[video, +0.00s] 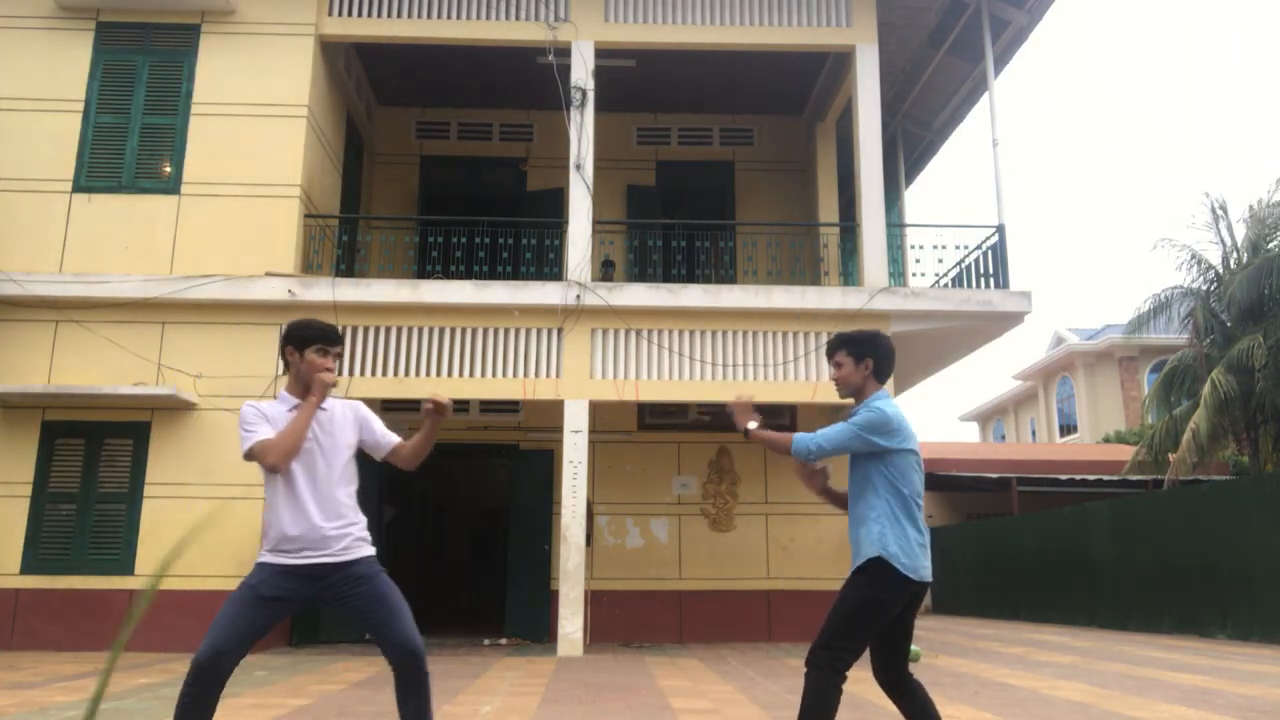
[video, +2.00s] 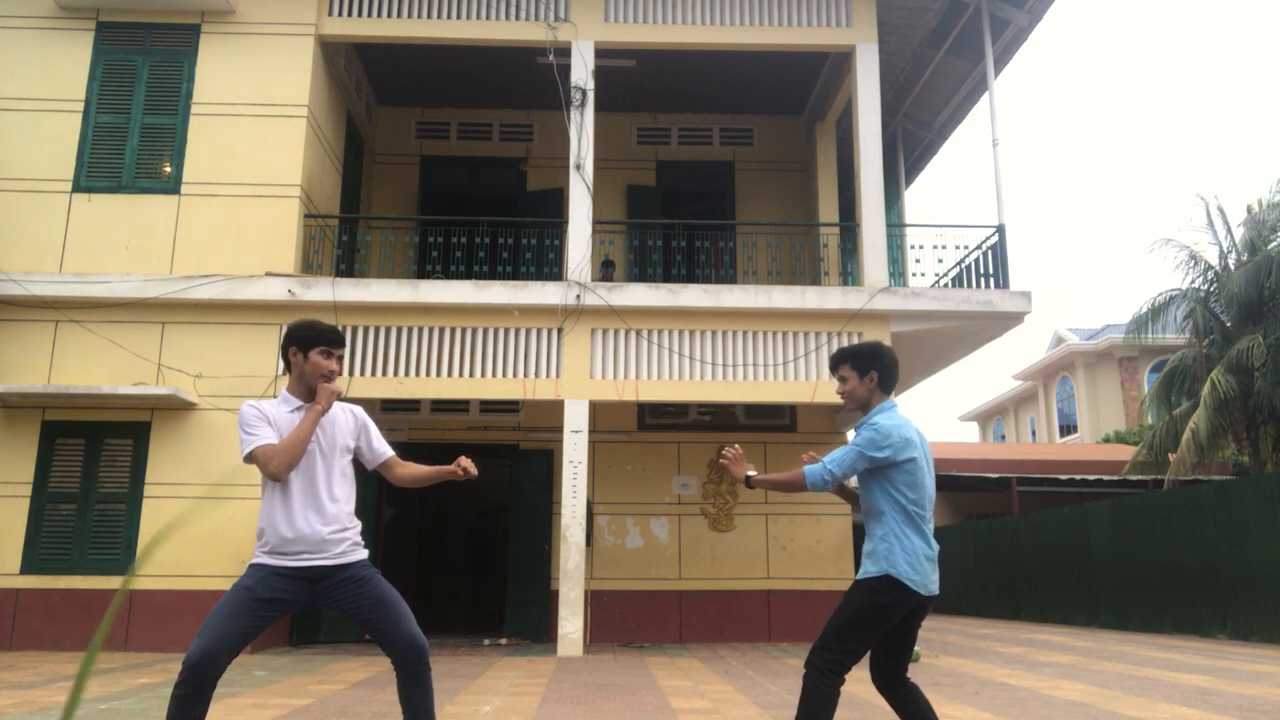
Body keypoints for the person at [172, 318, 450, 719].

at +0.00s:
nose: (331, 363)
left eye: (336, 356)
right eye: (322, 354)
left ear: (340, 361)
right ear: (292, 356)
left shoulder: (352, 412)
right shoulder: (257, 412)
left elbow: (406, 459)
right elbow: (274, 459)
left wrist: (431, 426)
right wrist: (313, 399)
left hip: (352, 564)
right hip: (281, 567)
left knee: (410, 652)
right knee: (209, 662)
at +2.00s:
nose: (335, 368)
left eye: (339, 359)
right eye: (325, 357)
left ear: (343, 363)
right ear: (293, 357)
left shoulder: (351, 416)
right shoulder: (257, 412)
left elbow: (397, 470)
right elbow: (275, 467)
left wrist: (449, 472)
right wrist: (319, 408)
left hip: (347, 569)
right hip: (275, 570)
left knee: (413, 649)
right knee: (199, 662)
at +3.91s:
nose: (328, 367)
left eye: (332, 358)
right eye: (318, 356)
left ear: (335, 364)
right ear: (287, 358)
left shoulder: (349, 416)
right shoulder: (252, 417)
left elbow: (385, 478)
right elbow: (274, 473)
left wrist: (413, 467)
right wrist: (318, 416)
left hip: (342, 568)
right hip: (272, 571)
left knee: (406, 655)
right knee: (198, 668)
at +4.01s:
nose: (290, 366)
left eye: (294, 358)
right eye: (279, 358)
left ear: (299, 366)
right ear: (251, 366)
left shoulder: (322, 418)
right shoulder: (225, 429)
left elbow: (365, 481)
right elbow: (251, 482)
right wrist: (295, 423)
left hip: (328, 573)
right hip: (256, 577)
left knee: (397, 656)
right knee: (182, 671)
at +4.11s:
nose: (224, 380)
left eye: (227, 371)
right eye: (212, 372)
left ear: (235, 377)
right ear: (188, 385)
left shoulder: (274, 423)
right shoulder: (178, 453)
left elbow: (320, 476)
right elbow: (207, 501)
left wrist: (298, 495)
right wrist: (240, 442)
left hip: (309, 576)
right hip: (238, 582)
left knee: (373, 662)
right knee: (151, 670)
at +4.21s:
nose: (173, 406)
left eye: (176, 398)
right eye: (159, 400)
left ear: (186, 404)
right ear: (134, 416)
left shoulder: (228, 436)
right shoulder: (141, 492)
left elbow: (289, 479)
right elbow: (177, 544)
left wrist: (282, 519)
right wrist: (188, 476)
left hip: (295, 578)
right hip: (225, 590)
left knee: (361, 668)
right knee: (132, 667)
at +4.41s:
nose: (125, 416)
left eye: (127, 407)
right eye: (110, 409)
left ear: (134, 413)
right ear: (81, 426)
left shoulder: (179, 444)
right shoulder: (93, 504)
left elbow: (238, 491)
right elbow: (137, 563)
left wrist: (252, 548)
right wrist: (141, 489)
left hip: (251, 586)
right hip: (180, 599)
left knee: (313, 681)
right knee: (89, 673)